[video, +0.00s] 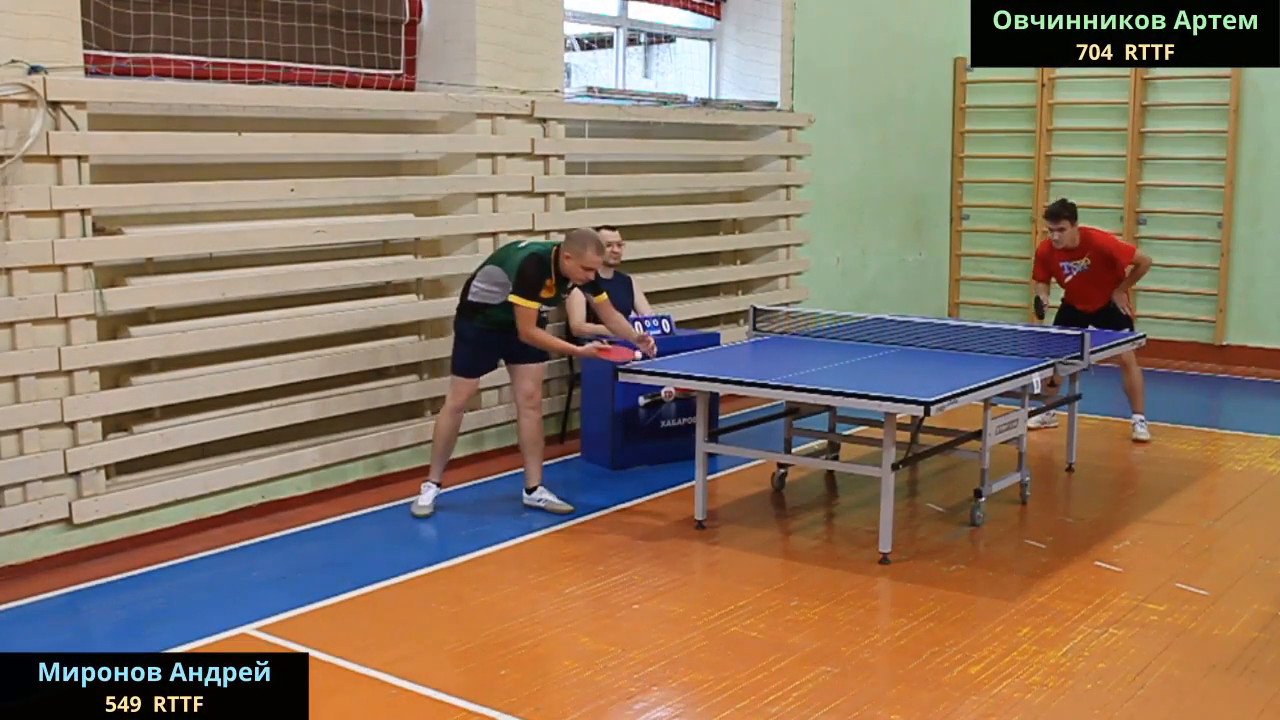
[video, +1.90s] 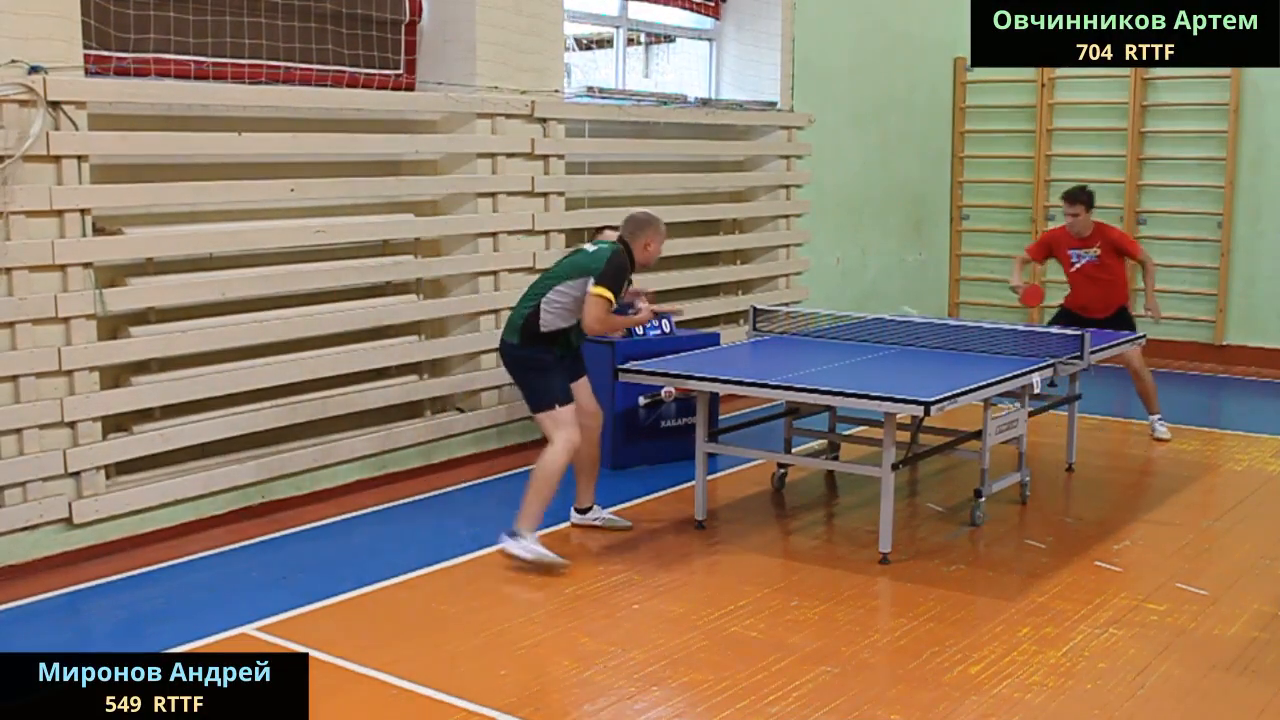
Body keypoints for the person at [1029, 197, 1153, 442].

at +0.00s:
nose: (1055, 236)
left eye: (1060, 230)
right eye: (1051, 231)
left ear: (1075, 227)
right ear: (1047, 228)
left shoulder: (1099, 242)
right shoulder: (1046, 251)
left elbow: (1144, 262)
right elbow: (1042, 281)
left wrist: (1121, 290)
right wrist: (1042, 296)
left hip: (1108, 306)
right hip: (1072, 307)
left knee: (1127, 358)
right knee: (1052, 357)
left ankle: (1139, 419)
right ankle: (1048, 412)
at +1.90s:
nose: (1069, 221)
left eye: (1074, 216)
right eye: (1066, 215)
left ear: (1090, 213)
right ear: (1063, 212)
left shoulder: (1110, 236)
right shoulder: (1056, 238)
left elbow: (1147, 262)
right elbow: (1020, 260)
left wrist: (1150, 297)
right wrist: (1016, 280)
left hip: (1114, 315)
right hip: (1073, 313)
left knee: (1136, 365)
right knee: (1036, 354)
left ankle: (1156, 419)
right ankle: (1018, 410)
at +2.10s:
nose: (1042, 242)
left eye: (1048, 237)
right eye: (1039, 236)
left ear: (1061, 232)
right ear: (1034, 228)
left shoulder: (1077, 244)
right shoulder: (1022, 240)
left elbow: (1111, 263)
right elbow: (982, 254)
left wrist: (1133, 296)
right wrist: (996, 272)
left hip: (1080, 314)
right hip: (1041, 314)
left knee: (1106, 360)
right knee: (1012, 357)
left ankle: (1141, 416)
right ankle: (1016, 412)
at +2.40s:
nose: (1046, 211)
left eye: (1053, 206)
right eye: (1043, 204)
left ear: (1065, 204)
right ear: (1038, 197)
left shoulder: (1075, 219)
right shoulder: (1025, 215)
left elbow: (1096, 245)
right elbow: (996, 233)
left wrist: (1111, 278)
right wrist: (1004, 243)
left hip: (1070, 292)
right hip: (1034, 294)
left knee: (1097, 348)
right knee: (1019, 349)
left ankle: (1119, 404)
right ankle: (1016, 407)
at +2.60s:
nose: (1069, 201)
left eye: (1076, 196)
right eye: (1066, 194)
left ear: (1086, 197)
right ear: (1061, 194)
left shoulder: (1095, 227)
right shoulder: (1041, 219)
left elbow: (1107, 262)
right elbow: (1014, 248)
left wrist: (1118, 290)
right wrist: (1026, 262)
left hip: (1081, 299)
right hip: (1045, 298)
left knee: (1104, 350)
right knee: (1025, 348)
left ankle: (1121, 398)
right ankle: (1015, 403)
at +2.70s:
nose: (1086, 202)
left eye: (1092, 197)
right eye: (1082, 196)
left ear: (1102, 198)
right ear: (1077, 196)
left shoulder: (1112, 229)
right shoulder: (1058, 223)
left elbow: (1125, 263)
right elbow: (1041, 251)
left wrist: (1131, 287)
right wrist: (1041, 272)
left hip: (1094, 302)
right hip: (1060, 302)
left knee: (1115, 352)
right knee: (1042, 353)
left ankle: (1120, 400)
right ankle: (1020, 398)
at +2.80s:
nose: (1100, 197)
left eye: (1105, 191)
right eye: (1096, 191)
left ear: (1117, 192)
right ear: (1091, 191)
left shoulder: (1130, 220)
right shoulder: (1077, 218)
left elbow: (1148, 253)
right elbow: (1061, 246)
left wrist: (1150, 280)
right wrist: (1062, 267)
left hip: (1116, 293)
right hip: (1080, 293)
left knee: (1124, 348)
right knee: (1058, 339)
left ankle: (1122, 399)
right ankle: (1038, 384)